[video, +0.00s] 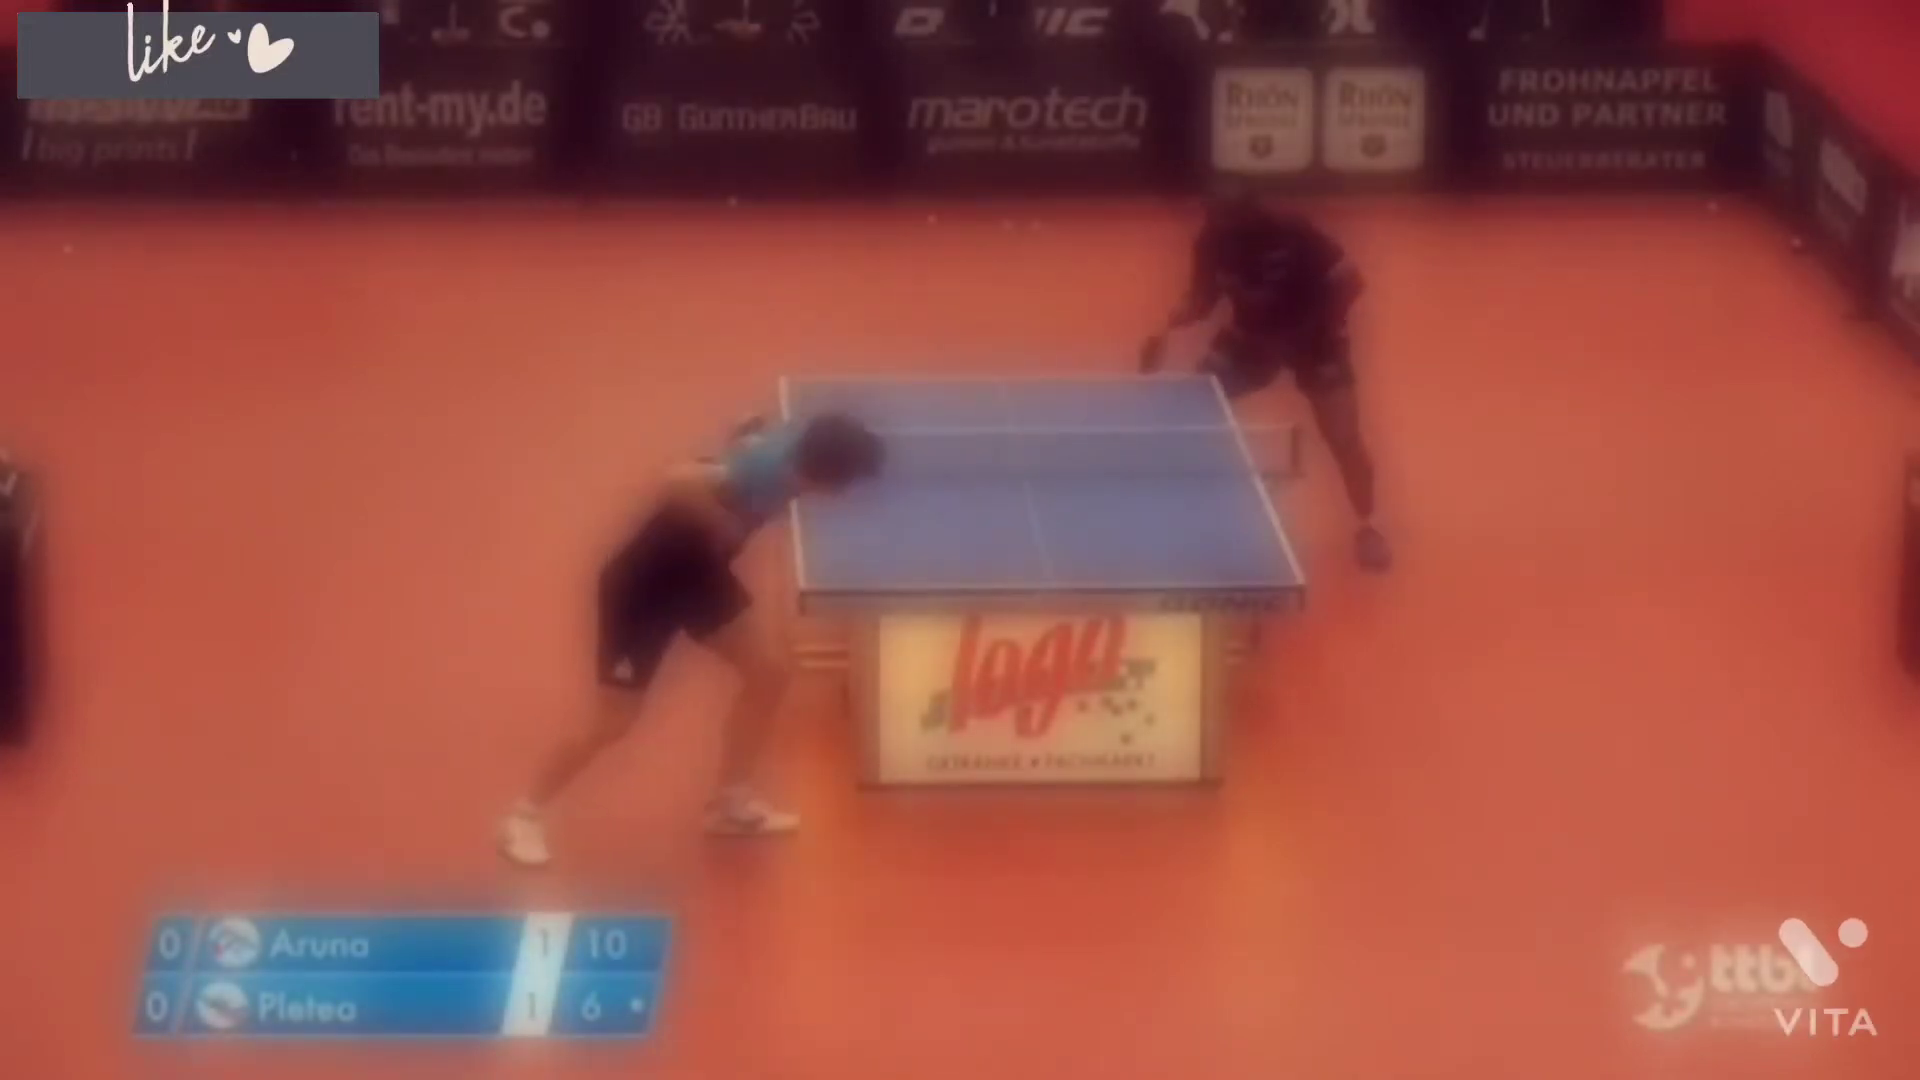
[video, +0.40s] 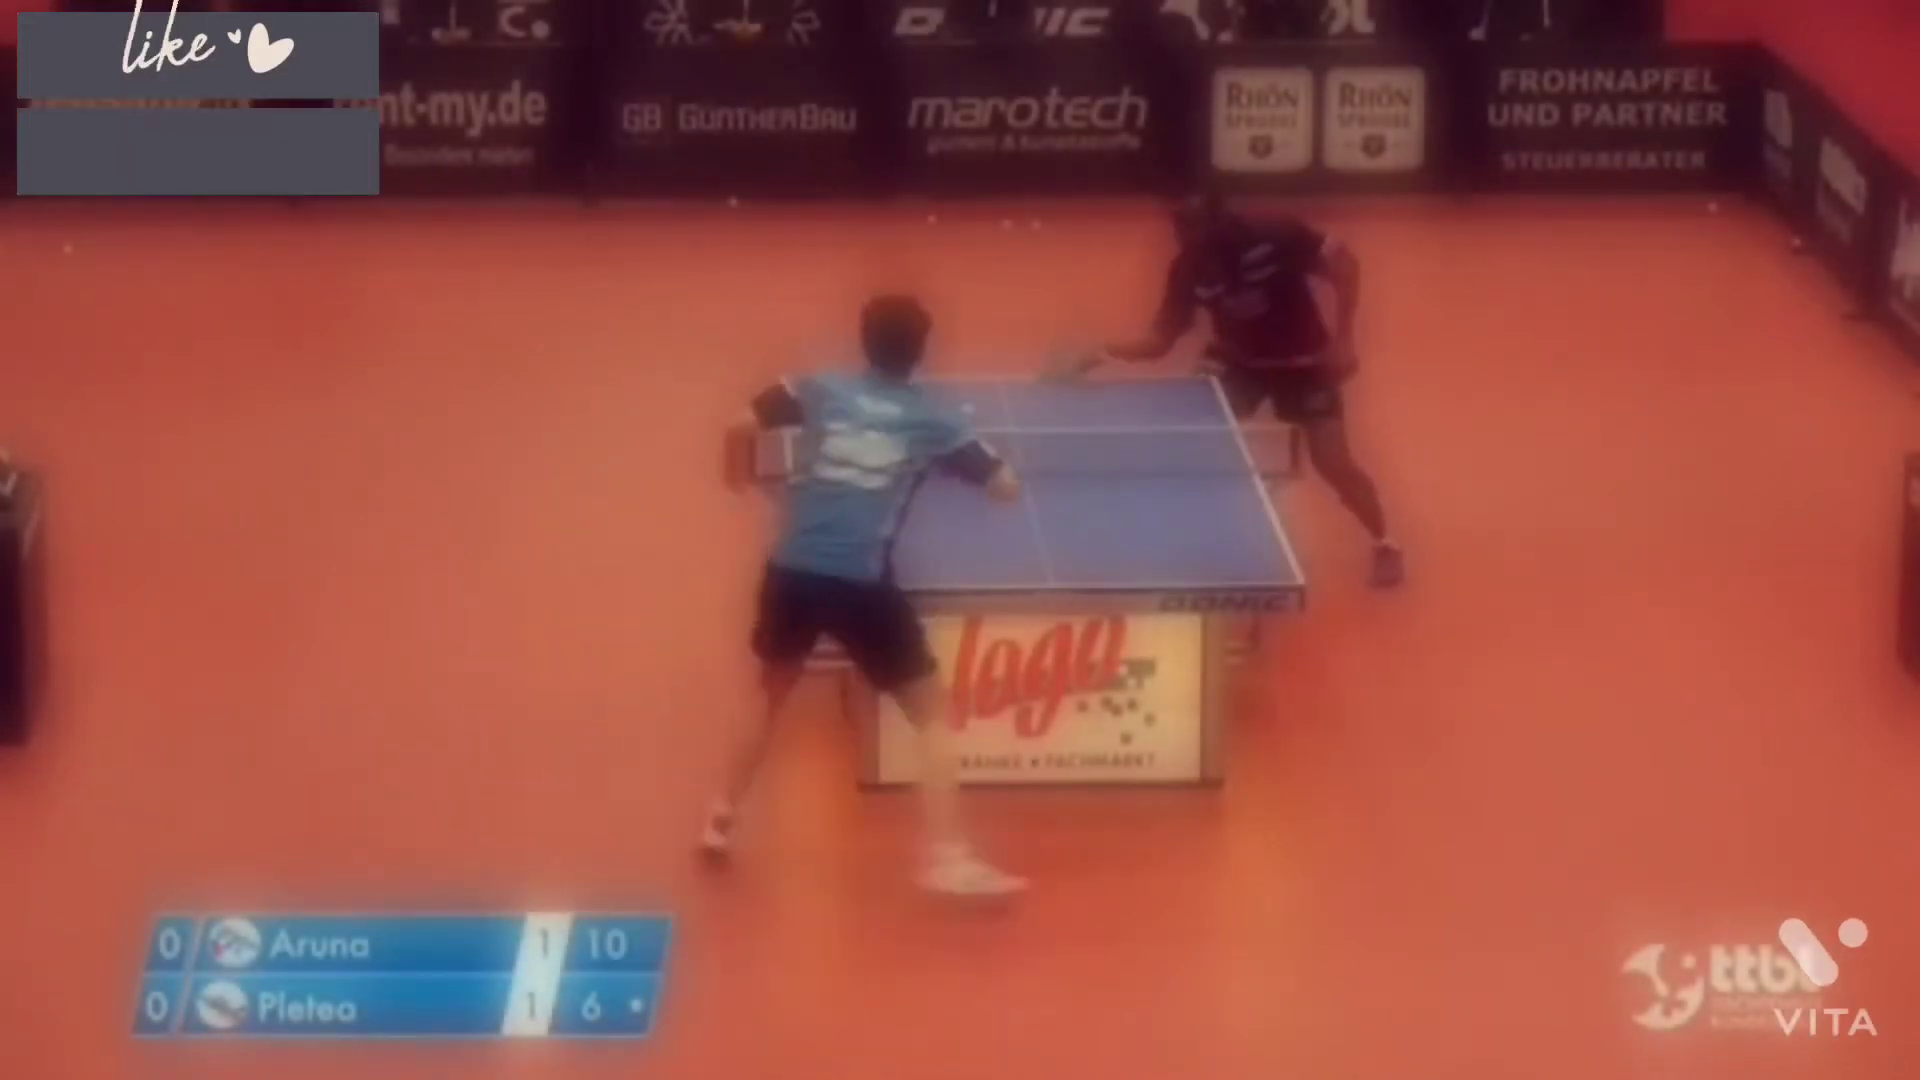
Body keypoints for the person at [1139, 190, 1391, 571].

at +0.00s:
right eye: (1216, 220)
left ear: (1248, 217)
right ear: (1216, 220)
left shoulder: (1296, 234)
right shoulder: (1215, 241)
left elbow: (1349, 281)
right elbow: (1202, 301)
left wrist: (1323, 329)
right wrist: (1162, 334)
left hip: (1313, 339)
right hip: (1250, 338)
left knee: (1344, 438)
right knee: (1188, 411)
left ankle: (1366, 524)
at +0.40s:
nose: (1184, 233)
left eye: (1191, 222)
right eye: (1180, 224)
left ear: (1216, 213)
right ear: (1180, 224)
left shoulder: (1275, 235)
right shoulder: (1189, 264)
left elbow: (1343, 265)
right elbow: (1161, 342)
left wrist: (1344, 340)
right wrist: (1106, 350)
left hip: (1301, 363)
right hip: (1234, 366)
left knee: (1331, 463)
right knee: (1184, 447)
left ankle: (1384, 541)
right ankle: (1190, 559)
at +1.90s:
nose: (1201, 172)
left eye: (1208, 162)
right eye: (1192, 164)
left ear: (1223, 154)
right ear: (1179, 162)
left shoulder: (1257, 168)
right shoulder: (1169, 189)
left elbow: (1299, 186)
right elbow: (1134, 232)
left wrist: (1315, 244)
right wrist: (1112, 230)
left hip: (1253, 308)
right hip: (1179, 310)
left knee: (1306, 396)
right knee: (1119, 395)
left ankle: (1345, 486)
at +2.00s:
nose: (1191, 160)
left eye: (1197, 150)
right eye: (1183, 152)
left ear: (1210, 145)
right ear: (1169, 152)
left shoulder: (1244, 173)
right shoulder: (1157, 188)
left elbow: (1286, 197)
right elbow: (1113, 235)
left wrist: (1285, 259)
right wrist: (1096, 235)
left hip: (1241, 303)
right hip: (1170, 305)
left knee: (1294, 392)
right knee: (1108, 389)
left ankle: (1343, 486)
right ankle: (1100, 496)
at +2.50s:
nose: (1160, 189)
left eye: (1165, 180)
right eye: (1154, 182)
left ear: (1181, 175)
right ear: (1149, 182)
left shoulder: (1217, 204)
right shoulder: (1167, 205)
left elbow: (1276, 256)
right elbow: (1164, 242)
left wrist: (1246, 316)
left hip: (1242, 329)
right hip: (1183, 323)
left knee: (1278, 425)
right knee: (1115, 375)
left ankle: (1363, 479)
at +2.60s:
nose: (1232, 175)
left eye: (1240, 167)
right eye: (1230, 167)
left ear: (1263, 167)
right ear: (1232, 170)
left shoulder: (1294, 212)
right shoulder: (1243, 204)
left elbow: (1294, 294)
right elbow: (1225, 216)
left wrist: (1221, 315)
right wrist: (1181, 205)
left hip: (1277, 336)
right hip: (1223, 326)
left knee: (1309, 435)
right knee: (1151, 379)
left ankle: (1402, 485)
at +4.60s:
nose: (1227, 169)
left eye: (1235, 158)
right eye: (1218, 160)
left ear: (1249, 159)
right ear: (1205, 163)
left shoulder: (1268, 192)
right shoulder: (1194, 204)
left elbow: (1293, 228)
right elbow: (1146, 250)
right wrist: (1182, 217)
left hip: (1254, 310)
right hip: (1186, 312)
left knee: (1315, 384)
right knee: (1131, 392)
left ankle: (1352, 465)